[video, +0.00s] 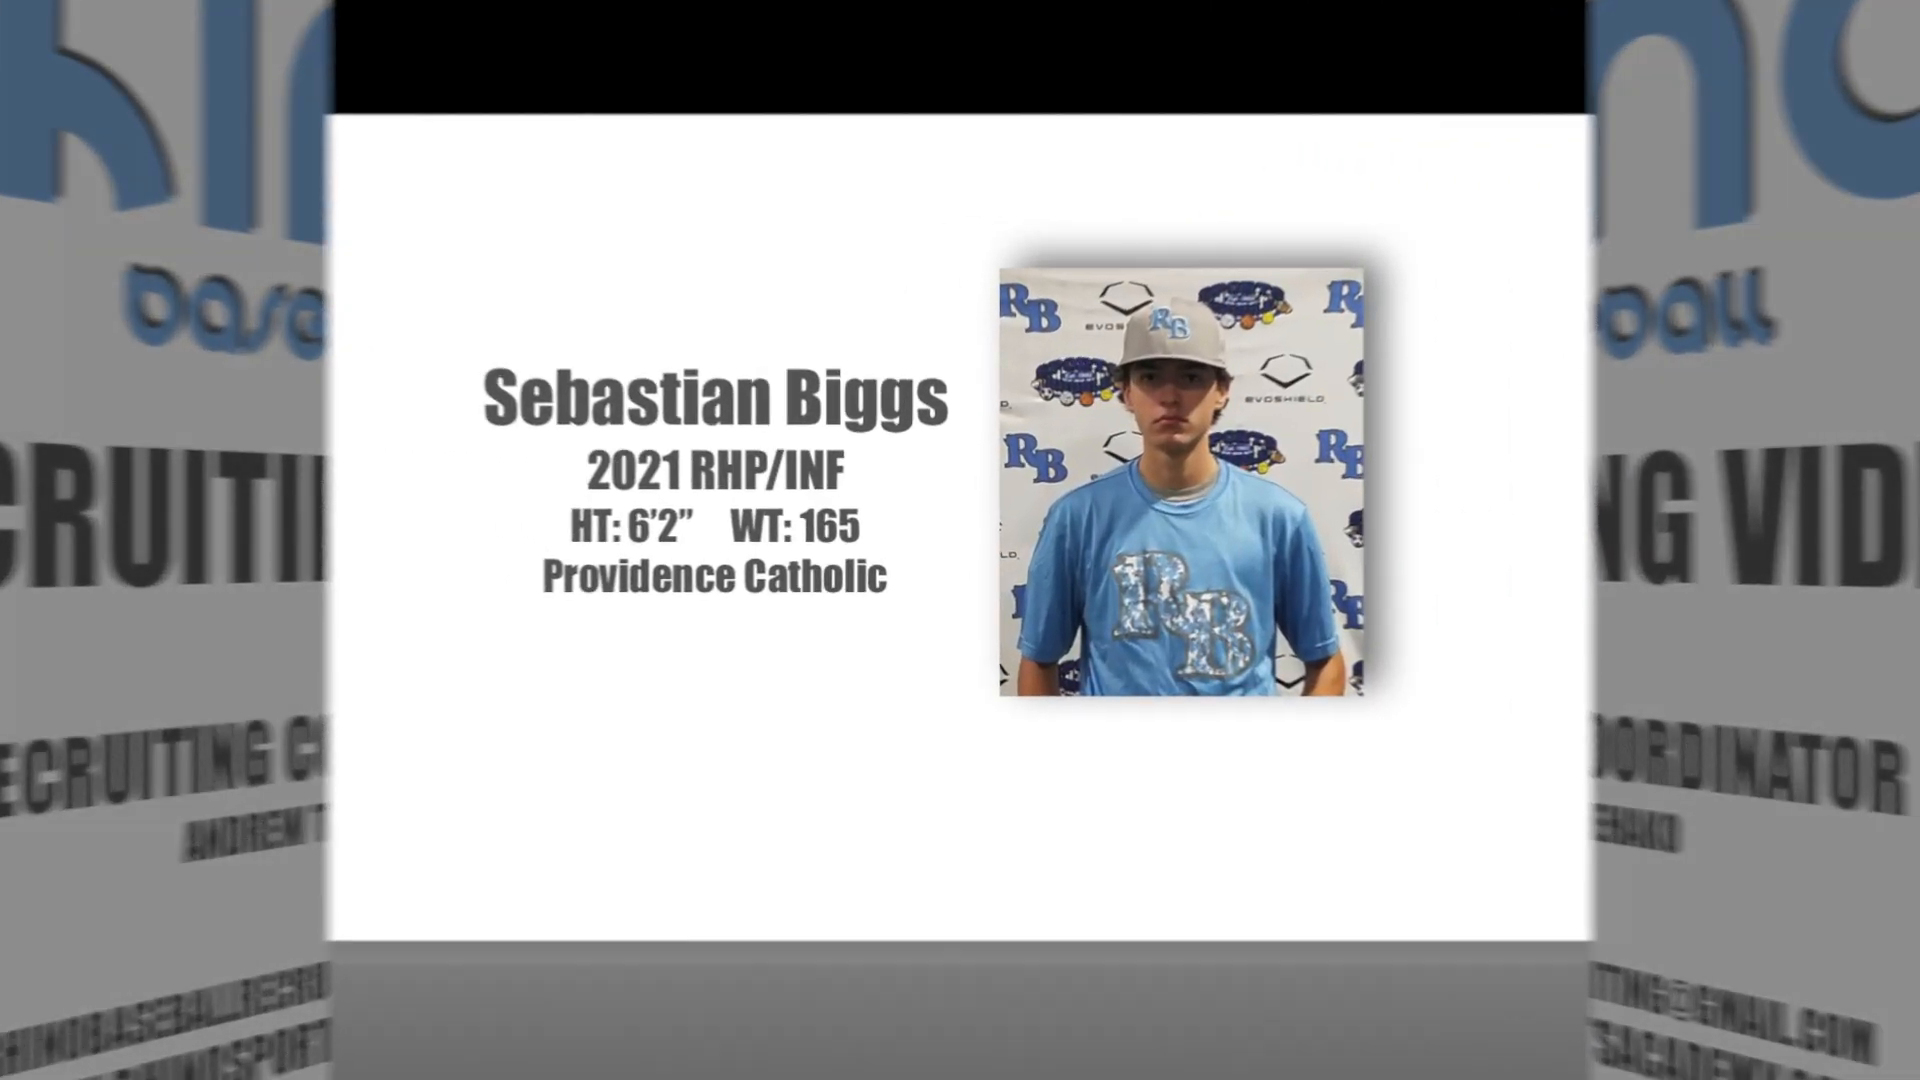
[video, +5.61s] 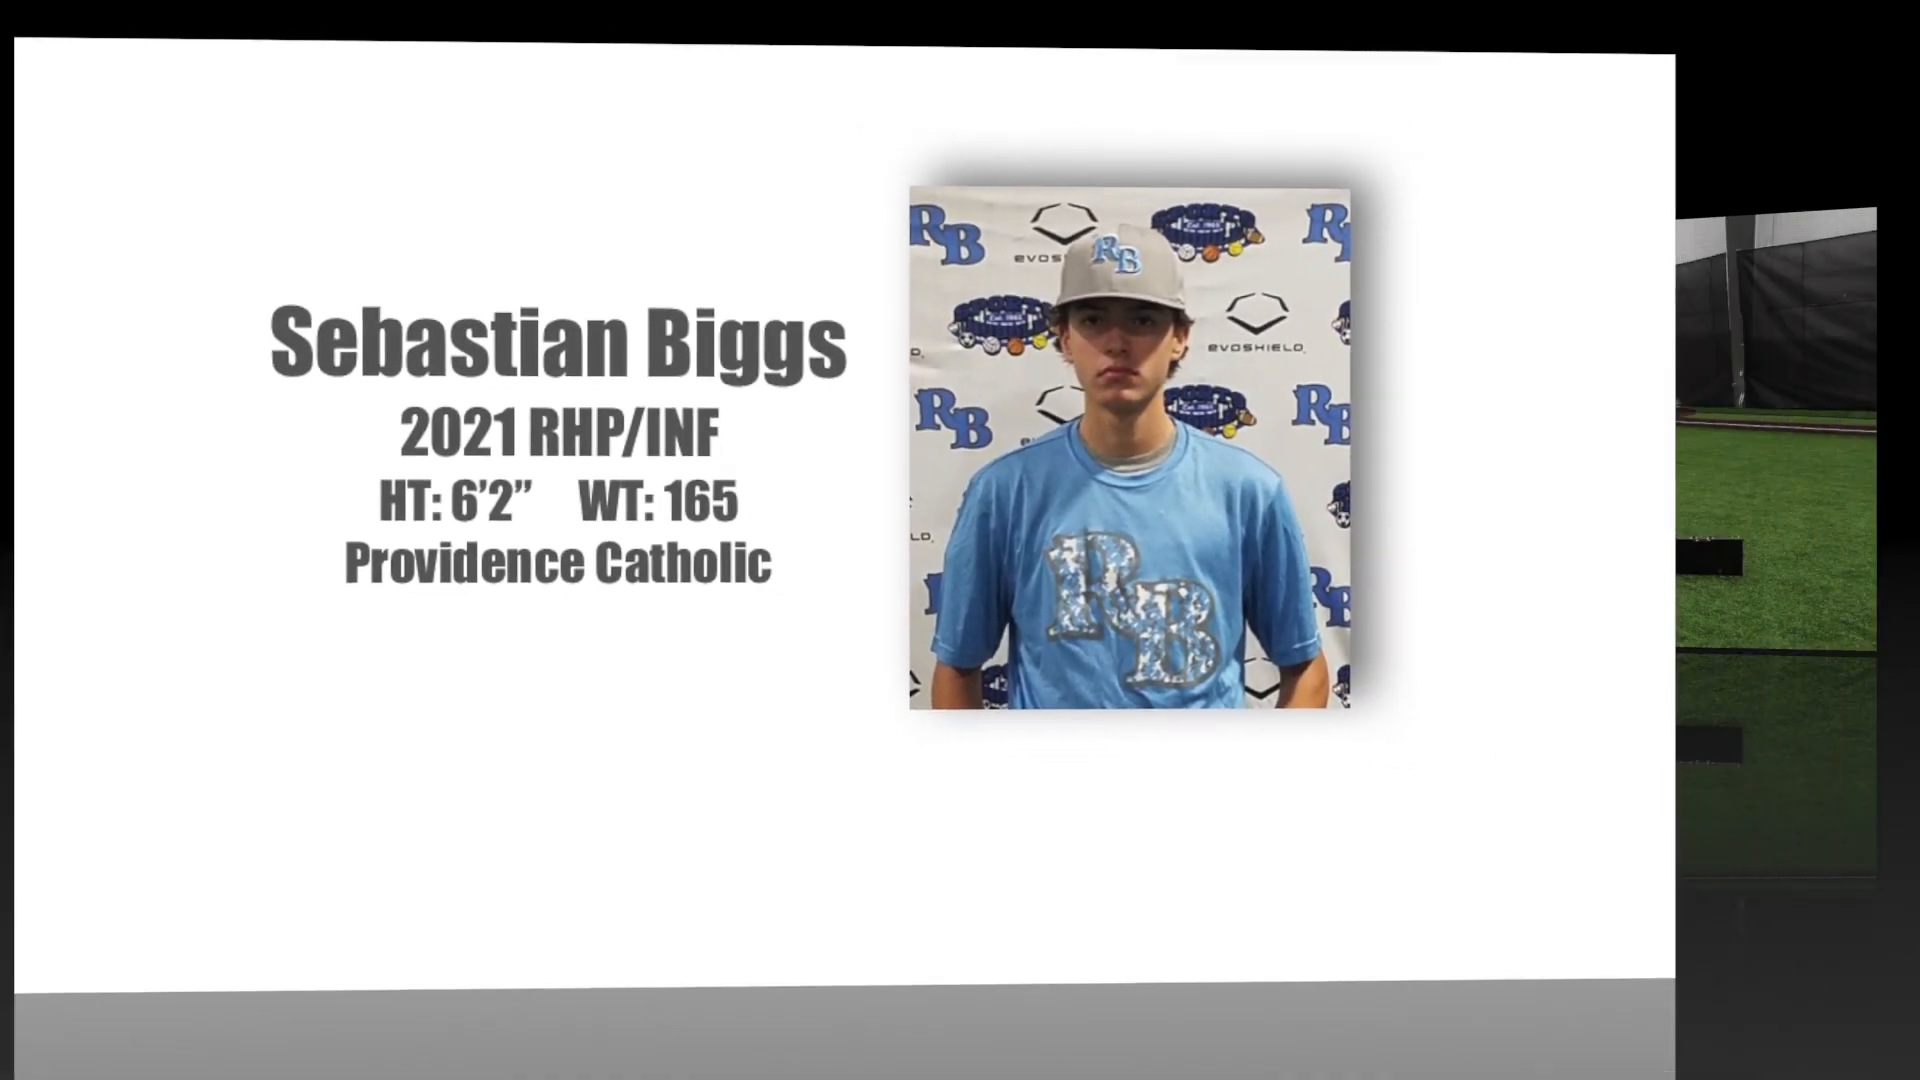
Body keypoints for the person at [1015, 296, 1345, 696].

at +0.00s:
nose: (1170, 395)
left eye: (1191, 377)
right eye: (1152, 377)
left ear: (1220, 393)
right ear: (1127, 393)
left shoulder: (1280, 518)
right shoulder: (1075, 520)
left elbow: (1327, 663)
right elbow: (1039, 665)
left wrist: (1297, 753)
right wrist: (1041, 756)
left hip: (1247, 749)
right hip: (1115, 748)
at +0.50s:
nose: (1216, 364)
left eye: (1241, 341)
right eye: (1195, 342)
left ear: (1277, 361)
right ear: (1163, 363)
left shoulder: (1349, 513)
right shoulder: (1100, 515)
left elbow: (1407, 690)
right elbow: (1056, 693)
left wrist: (1370, 797)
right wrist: (1066, 802)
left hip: (1311, 793)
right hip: (1149, 793)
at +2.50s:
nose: (1245, 345)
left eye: (1273, 321)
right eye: (1221, 321)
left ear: (1314, 342)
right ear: (1187, 342)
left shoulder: (1394, 511)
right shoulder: (1117, 513)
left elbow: (1457, 708)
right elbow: (1067, 711)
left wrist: (1420, 827)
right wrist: (1076, 832)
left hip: (1351, 823)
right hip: (1171, 823)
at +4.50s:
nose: (1257, 339)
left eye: (1286, 314)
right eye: (1231, 314)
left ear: (1328, 335)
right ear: (1195, 336)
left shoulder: (1410, 510)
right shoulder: (1124, 513)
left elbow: (1476, 716)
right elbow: (1072, 718)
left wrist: (1436, 838)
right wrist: (1085, 844)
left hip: (1366, 834)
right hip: (1180, 834)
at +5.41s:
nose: (1209, 338)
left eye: (1237, 314)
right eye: (1186, 315)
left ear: (1278, 336)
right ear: (1151, 336)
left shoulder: (1357, 503)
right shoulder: (1082, 506)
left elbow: (1420, 700)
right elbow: (1032, 702)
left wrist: (1381, 819)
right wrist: (1042, 826)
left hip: (1314, 815)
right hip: (1135, 814)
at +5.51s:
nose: (1167, 340)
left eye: (1194, 317)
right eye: (1144, 317)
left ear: (1232, 337)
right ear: (1111, 337)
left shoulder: (1308, 497)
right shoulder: (1044, 501)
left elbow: (1367, 685)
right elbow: (998, 687)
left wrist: (1331, 800)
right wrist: (1007, 805)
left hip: (1266, 799)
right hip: (1096, 799)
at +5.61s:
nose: (1117, 342)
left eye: (1142, 320)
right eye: (1096, 320)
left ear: (1179, 339)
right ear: (1064, 339)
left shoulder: (1249, 491)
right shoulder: (1002, 494)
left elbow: (1306, 668)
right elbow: (958, 671)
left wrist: (1273, 776)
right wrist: (965, 782)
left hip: (1211, 775)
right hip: (1050, 776)